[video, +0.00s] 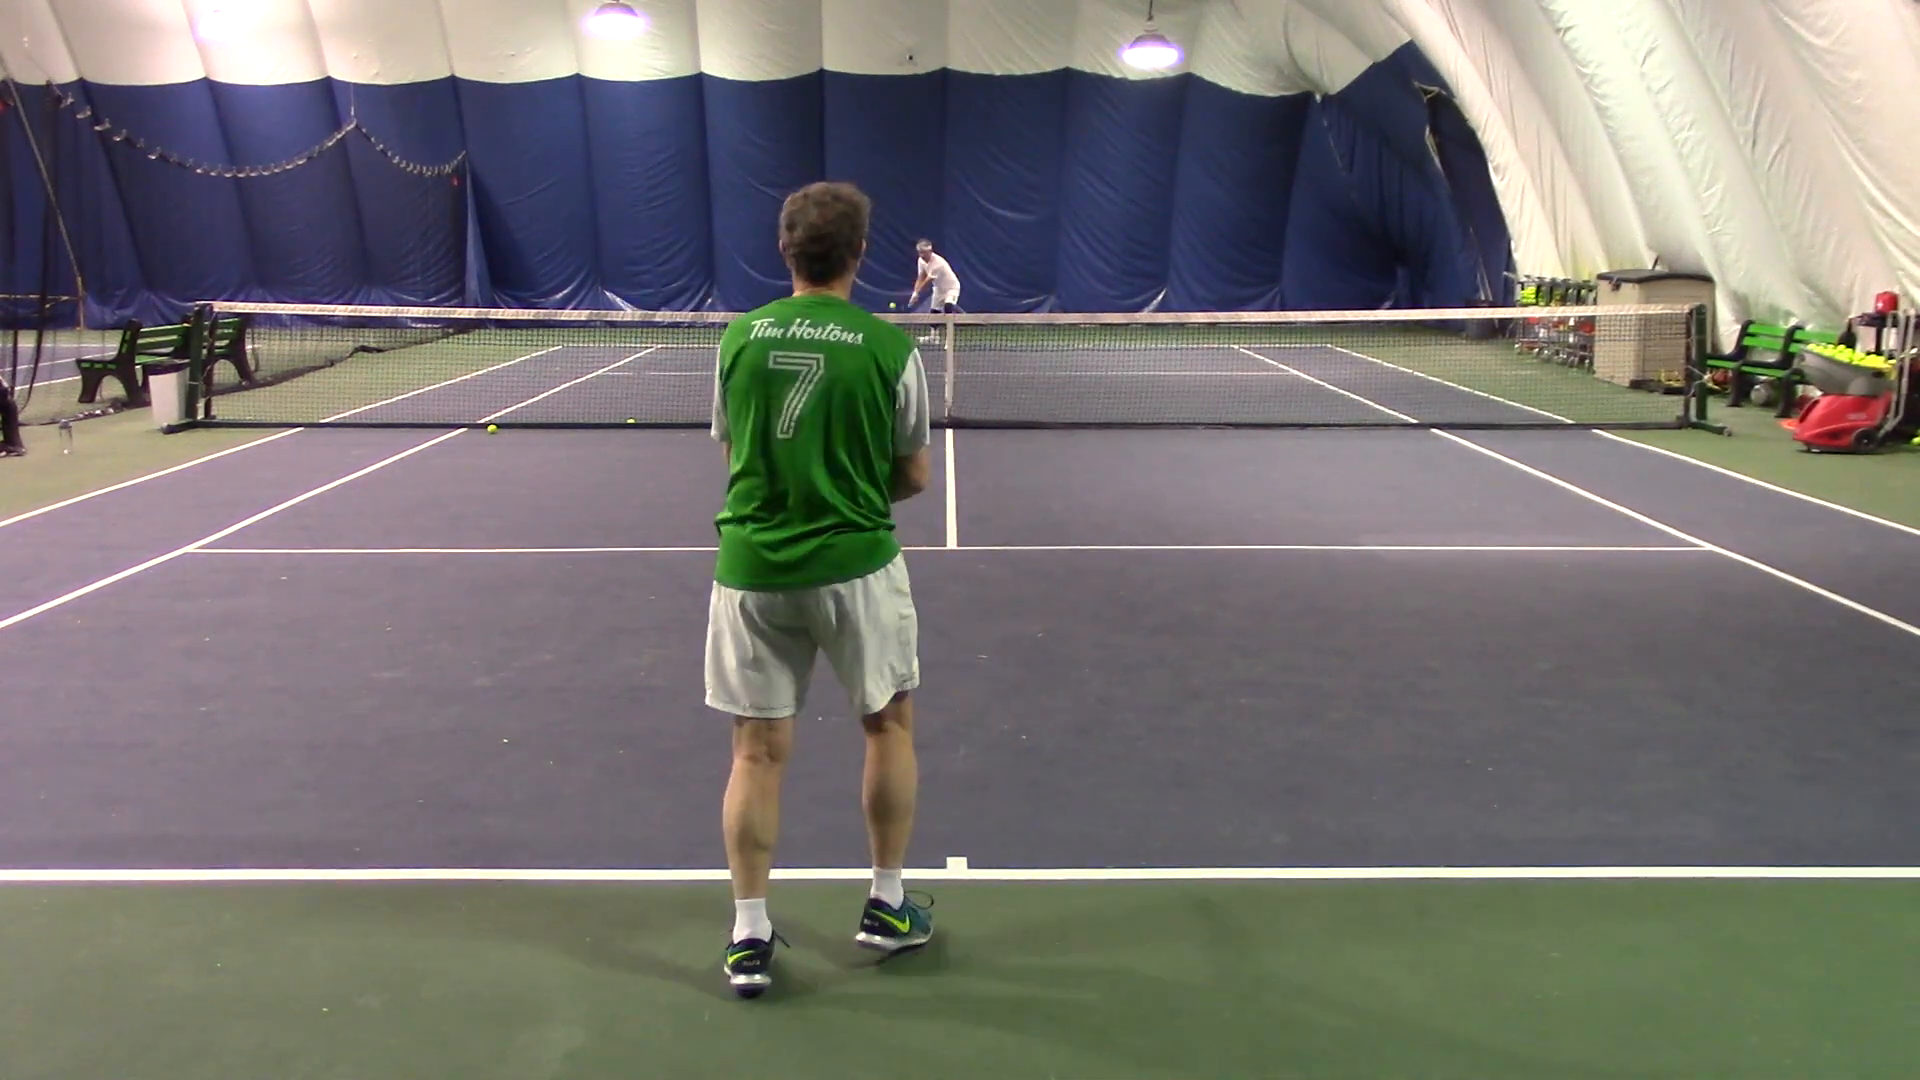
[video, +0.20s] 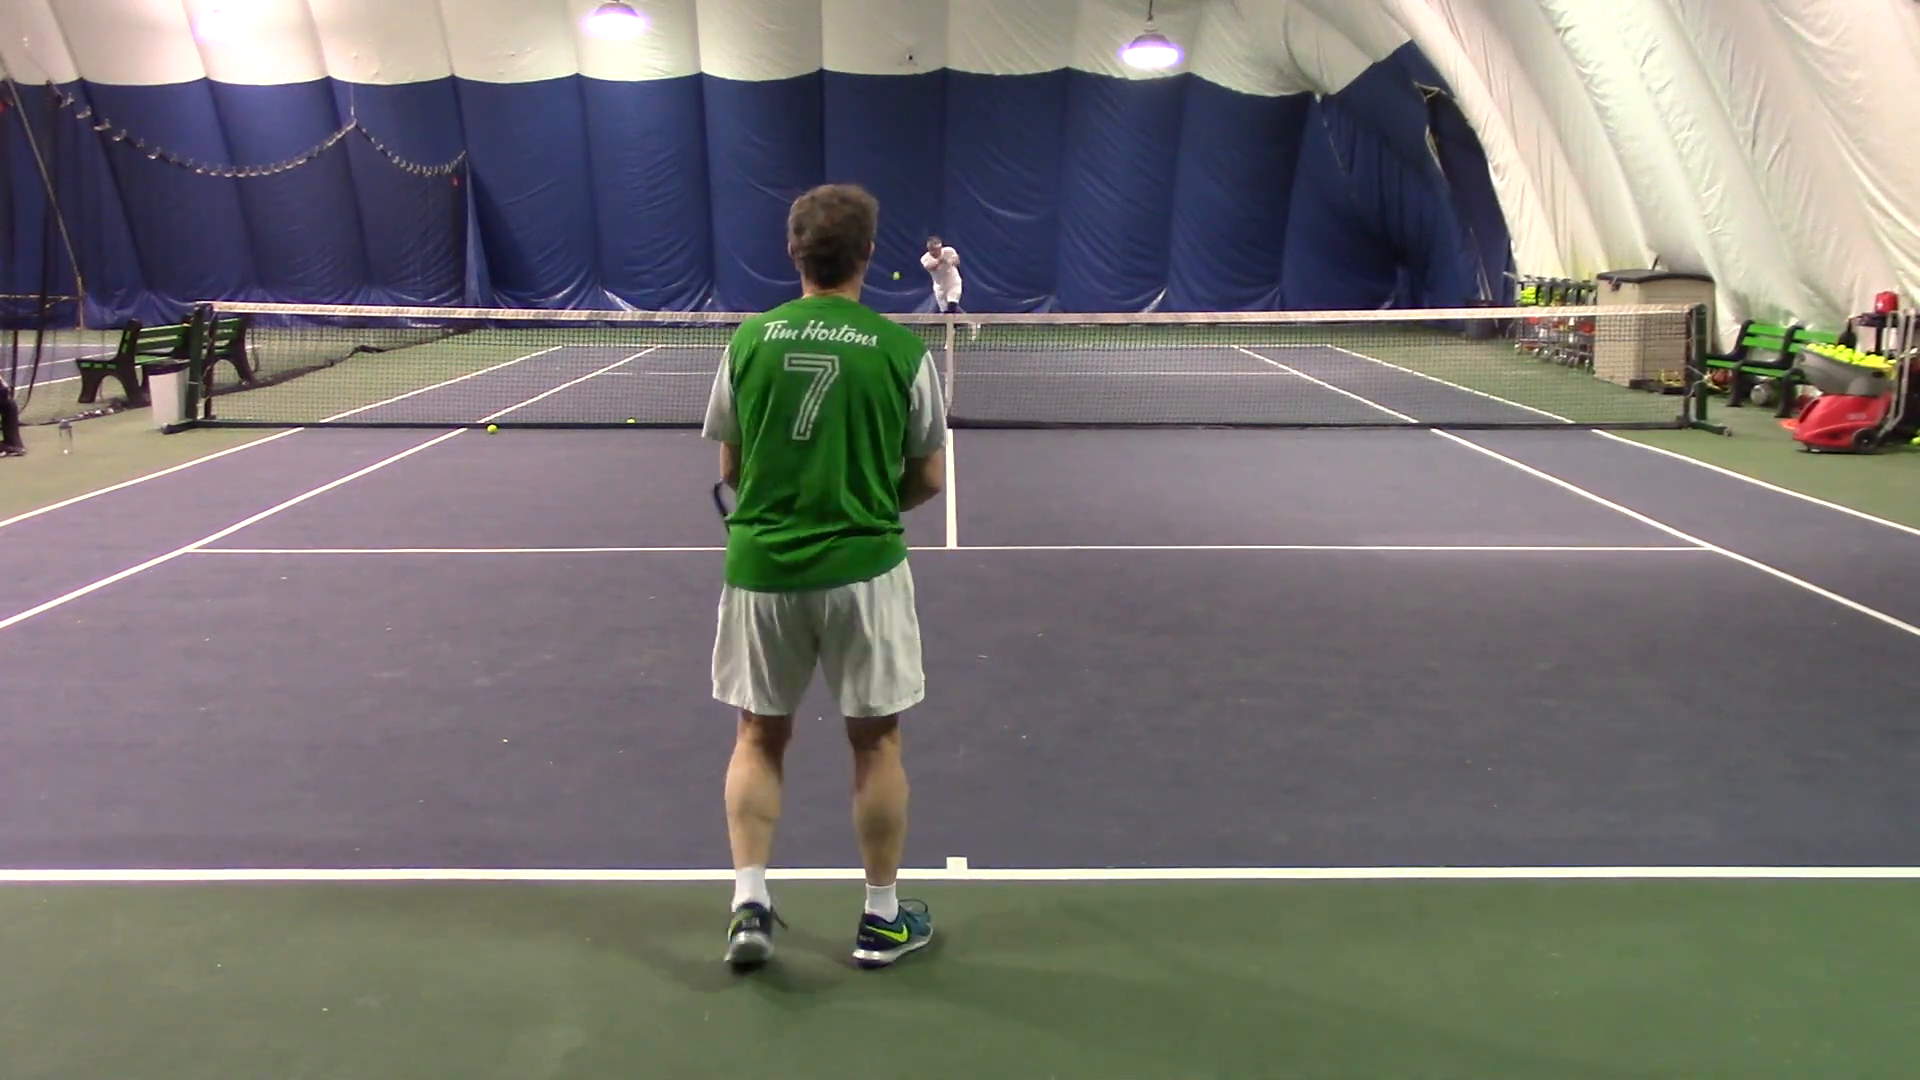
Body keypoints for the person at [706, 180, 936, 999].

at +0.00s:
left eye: (800, 240)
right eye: (856, 244)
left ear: (785, 252)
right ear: (860, 255)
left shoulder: (740, 337)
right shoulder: (892, 346)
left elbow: (734, 445)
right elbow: (913, 476)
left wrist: (812, 458)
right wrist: (846, 481)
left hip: (754, 568)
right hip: (859, 567)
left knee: (756, 750)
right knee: (888, 723)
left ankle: (748, 934)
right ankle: (887, 901)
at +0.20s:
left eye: (801, 242)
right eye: (865, 246)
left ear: (793, 254)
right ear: (868, 257)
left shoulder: (749, 343)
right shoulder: (902, 351)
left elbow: (730, 470)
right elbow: (926, 477)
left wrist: (789, 491)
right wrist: (865, 498)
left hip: (763, 573)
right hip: (865, 573)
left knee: (759, 733)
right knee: (875, 738)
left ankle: (749, 904)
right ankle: (881, 914)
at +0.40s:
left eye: (798, 242)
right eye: (861, 247)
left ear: (792, 253)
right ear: (867, 258)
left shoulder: (744, 340)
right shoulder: (898, 351)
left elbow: (718, 471)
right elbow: (928, 480)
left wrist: (771, 509)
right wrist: (863, 517)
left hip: (748, 567)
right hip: (851, 569)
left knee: (740, 716)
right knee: (867, 738)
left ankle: (702, 890)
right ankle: (880, 915)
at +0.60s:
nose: (837, 269)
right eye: (838, 259)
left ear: (762, 263)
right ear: (835, 269)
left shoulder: (714, 337)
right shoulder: (849, 357)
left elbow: (692, 435)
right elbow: (879, 498)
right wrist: (850, 556)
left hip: (700, 560)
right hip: (797, 567)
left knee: (705, 737)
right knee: (837, 739)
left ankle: (677, 902)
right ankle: (881, 912)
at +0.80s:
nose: (796, 274)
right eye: (796, 265)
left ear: (718, 266)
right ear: (788, 274)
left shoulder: (683, 336)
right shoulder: (767, 356)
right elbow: (789, 481)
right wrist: (874, 509)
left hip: (639, 563)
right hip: (721, 569)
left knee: (683, 733)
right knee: (788, 738)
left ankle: (674, 905)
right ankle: (795, 923)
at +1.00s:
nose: (769, 273)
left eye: (761, 260)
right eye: (769, 262)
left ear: (691, 265)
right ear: (759, 272)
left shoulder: (676, 330)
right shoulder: (718, 350)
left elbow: (791, 392)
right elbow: (721, 456)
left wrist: (877, 377)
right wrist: (840, 448)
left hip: (624, 570)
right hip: (677, 580)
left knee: (675, 746)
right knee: (717, 764)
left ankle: (669, 903)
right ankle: (634, 953)